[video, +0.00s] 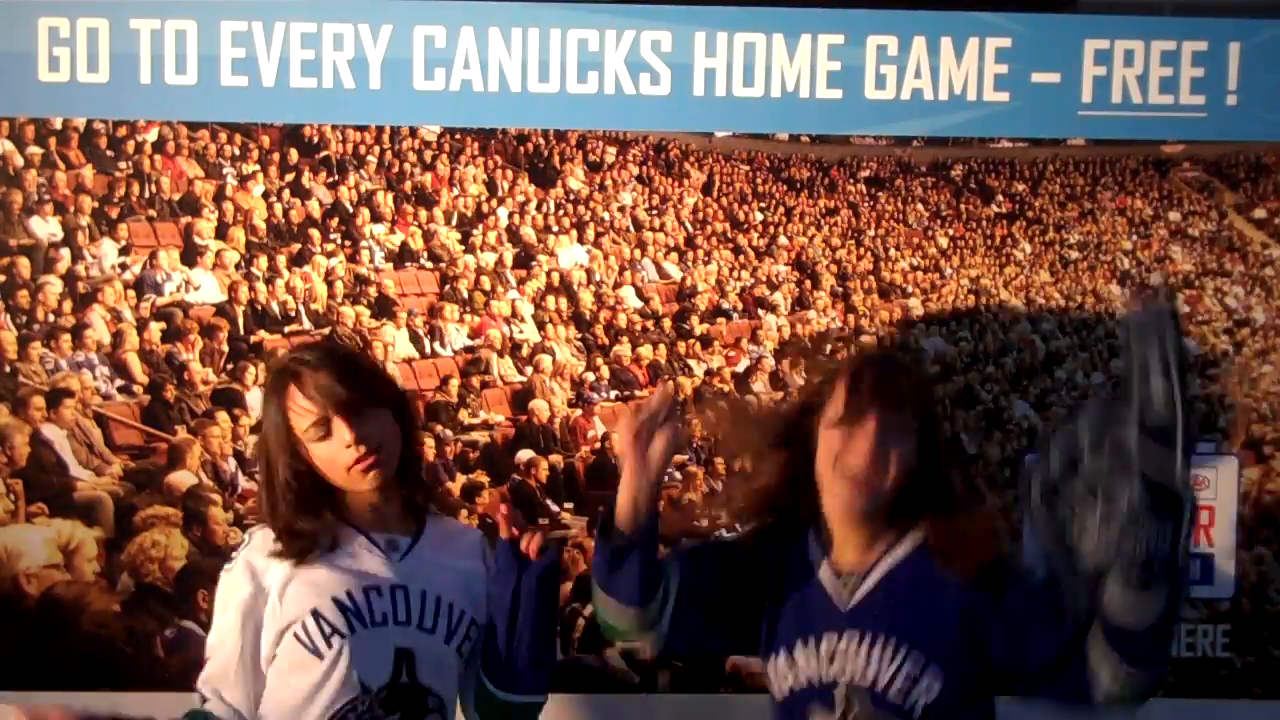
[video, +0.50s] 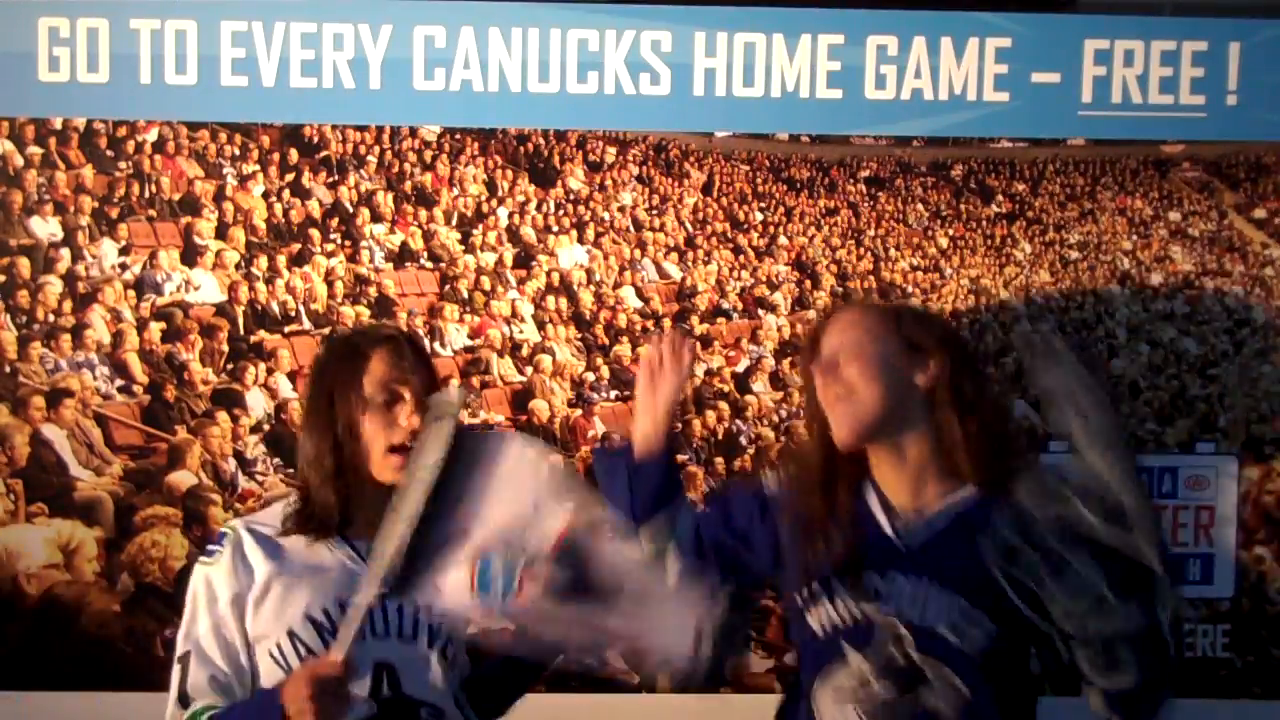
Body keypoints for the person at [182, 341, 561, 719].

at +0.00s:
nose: (354, 438)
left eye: (360, 410)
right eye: (322, 431)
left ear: (393, 409)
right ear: (299, 457)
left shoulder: (475, 553)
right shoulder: (264, 563)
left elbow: (504, 710)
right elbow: (223, 707)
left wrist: (529, 585)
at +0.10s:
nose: (364, 437)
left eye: (373, 411)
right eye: (333, 428)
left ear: (408, 419)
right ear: (308, 460)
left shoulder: (487, 562)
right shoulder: (272, 571)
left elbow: (523, 702)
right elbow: (224, 717)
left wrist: (543, 582)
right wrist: (88, 716)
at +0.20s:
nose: (374, 429)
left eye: (385, 405)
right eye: (346, 421)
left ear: (419, 413)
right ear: (324, 453)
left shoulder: (503, 563)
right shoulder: (284, 567)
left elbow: (538, 709)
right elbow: (228, 711)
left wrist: (564, 593)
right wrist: (95, 715)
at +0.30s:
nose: (403, 412)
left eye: (423, 392)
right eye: (375, 392)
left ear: (447, 412)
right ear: (338, 411)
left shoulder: (478, 559)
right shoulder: (266, 552)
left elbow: (503, 709)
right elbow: (227, 701)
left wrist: (568, 623)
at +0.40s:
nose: (421, 425)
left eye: (432, 408)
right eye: (396, 405)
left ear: (448, 426)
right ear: (343, 423)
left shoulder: (449, 575)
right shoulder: (258, 564)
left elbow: (482, 712)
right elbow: (206, 711)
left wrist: (549, 642)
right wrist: (265, 715)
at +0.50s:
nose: (414, 422)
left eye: (421, 403)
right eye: (389, 401)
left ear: (431, 413)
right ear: (337, 414)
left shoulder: (450, 552)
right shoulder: (245, 560)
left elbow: (478, 703)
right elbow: (196, 710)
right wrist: (277, 704)